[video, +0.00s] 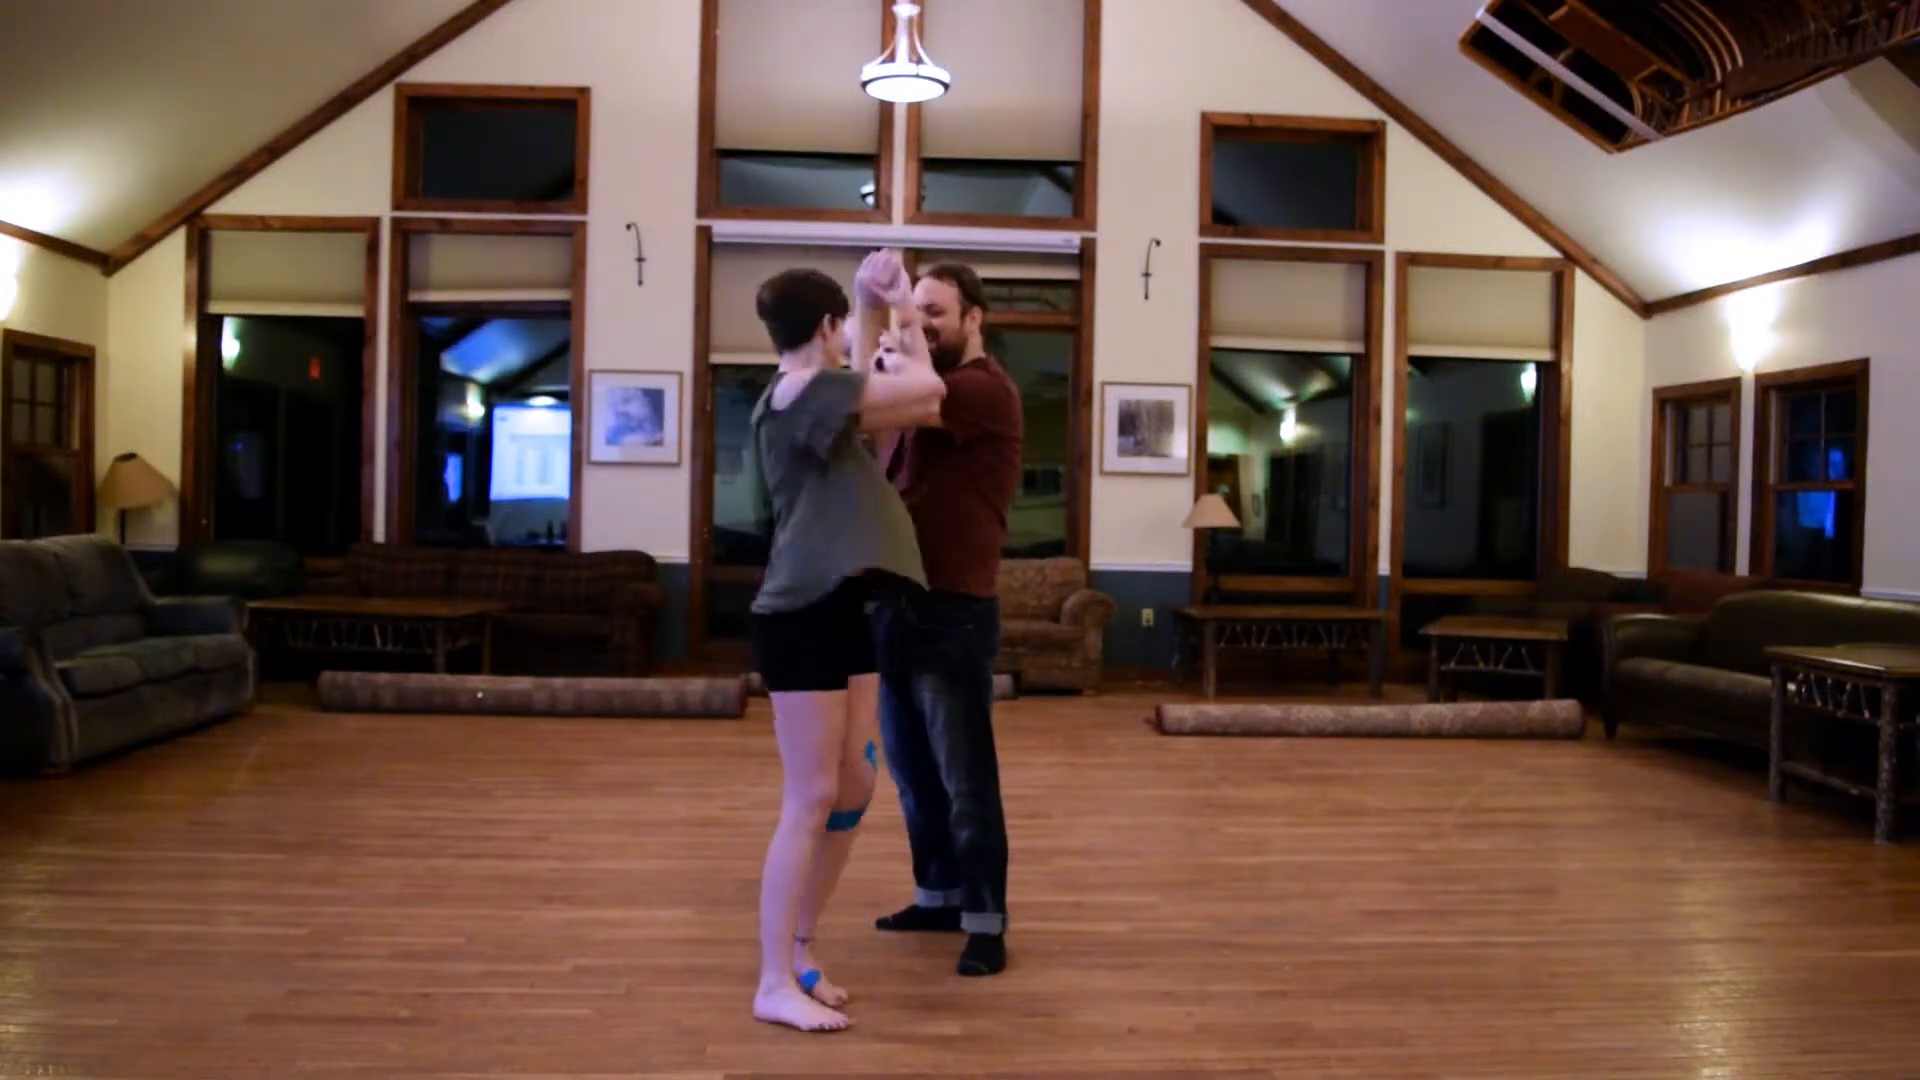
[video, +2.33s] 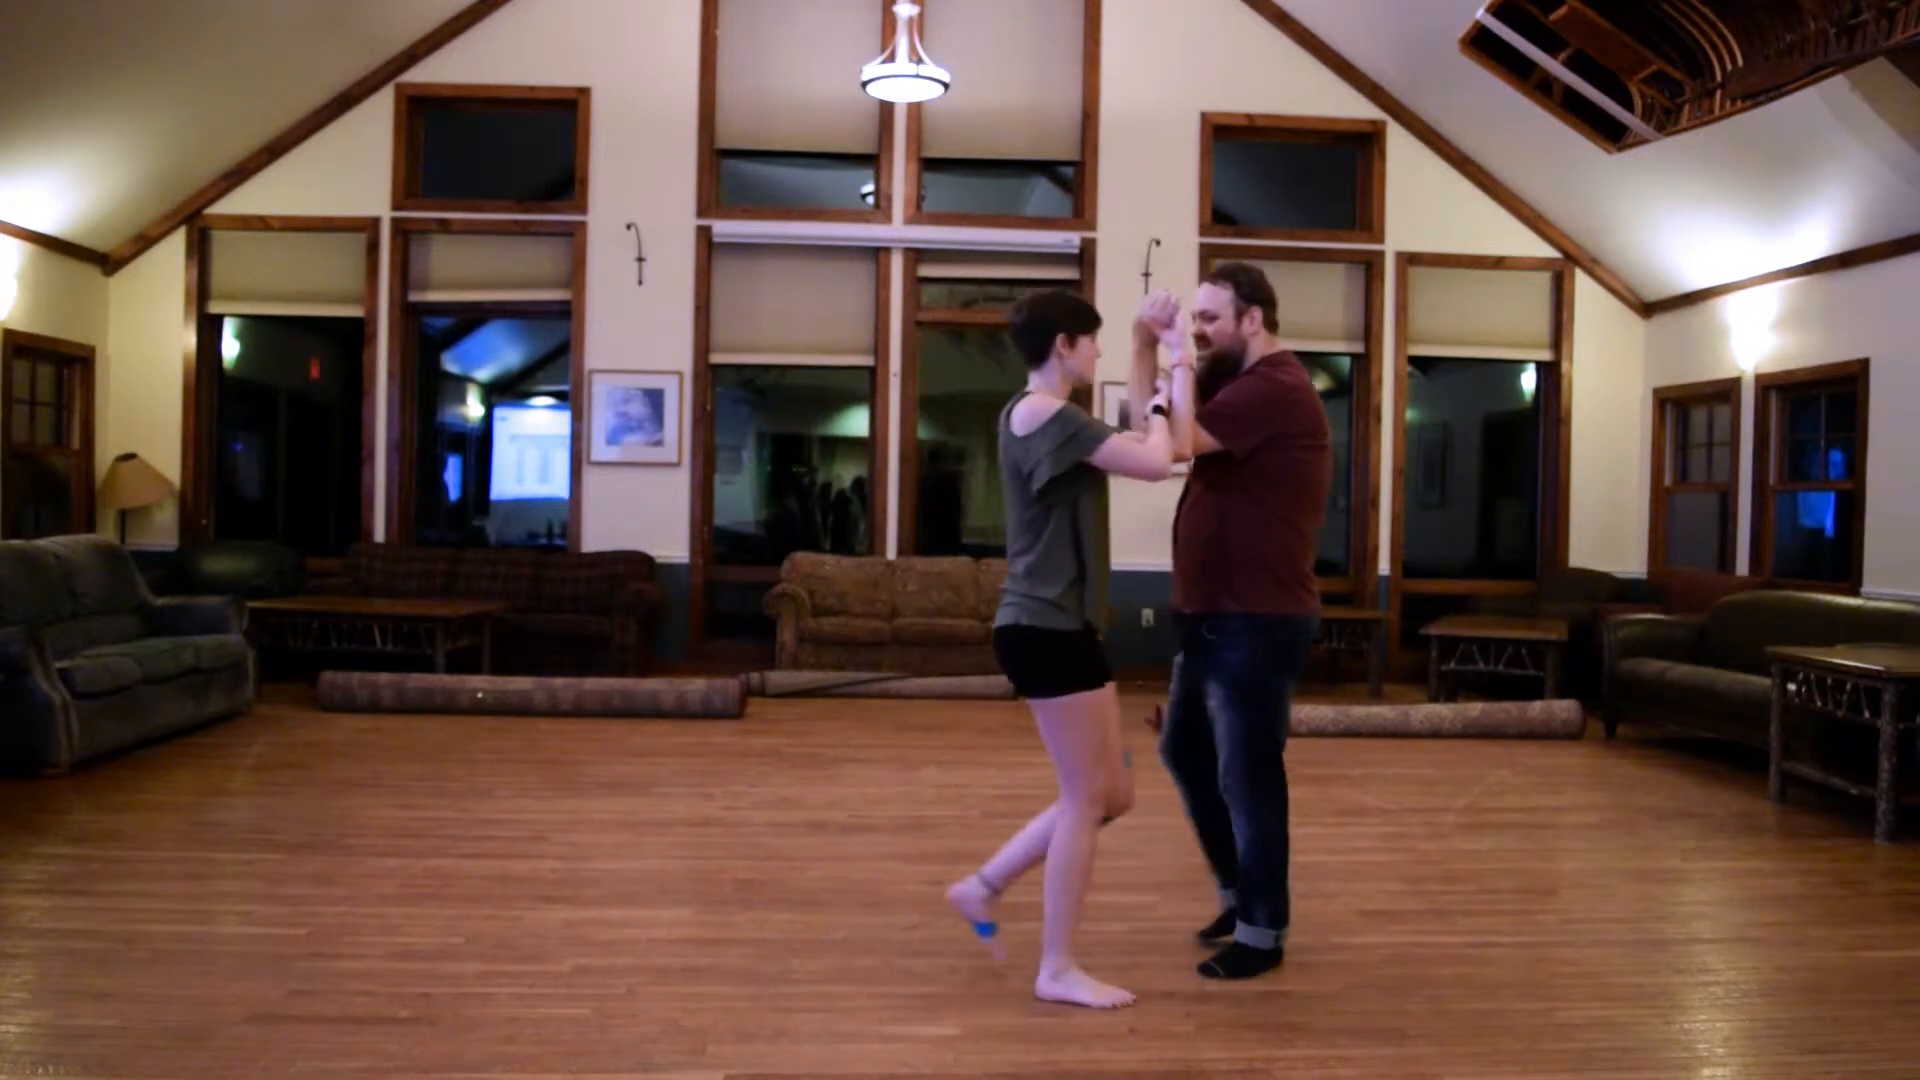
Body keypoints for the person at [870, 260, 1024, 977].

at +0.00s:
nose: (919, 323)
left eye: (935, 312)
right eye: (915, 311)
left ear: (972, 319)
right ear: (911, 317)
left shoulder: (989, 386)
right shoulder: (920, 385)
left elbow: (901, 406)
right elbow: (866, 417)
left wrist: (892, 320)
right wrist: (877, 328)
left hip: (956, 598)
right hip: (900, 592)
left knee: (963, 769)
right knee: (914, 764)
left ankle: (985, 920)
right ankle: (939, 898)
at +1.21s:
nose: (991, 327)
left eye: (1005, 314)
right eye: (990, 315)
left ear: (1049, 315)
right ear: (1007, 321)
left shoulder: (1067, 385)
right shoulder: (1023, 381)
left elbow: (973, 424)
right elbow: (932, 413)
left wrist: (972, 349)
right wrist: (940, 329)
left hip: (1044, 619)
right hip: (995, 613)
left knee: (1032, 776)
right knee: (957, 739)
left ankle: (1038, 924)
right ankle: (1005, 877)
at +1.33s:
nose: (1018, 322)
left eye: (1030, 310)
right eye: (1016, 311)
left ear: (1073, 314)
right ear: (1032, 317)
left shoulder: (1090, 384)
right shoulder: (1045, 372)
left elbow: (990, 427)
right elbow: (969, 396)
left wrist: (977, 347)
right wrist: (966, 329)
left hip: (1064, 617)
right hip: (1019, 611)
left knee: (1045, 775)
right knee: (998, 748)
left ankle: (1039, 928)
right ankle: (1099, 863)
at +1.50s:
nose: (1044, 327)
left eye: (1056, 315)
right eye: (1044, 316)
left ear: (1097, 318)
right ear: (1082, 319)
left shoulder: (1111, 389)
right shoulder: (1080, 373)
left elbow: (1001, 434)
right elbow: (983, 401)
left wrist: (1002, 353)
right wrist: (984, 335)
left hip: (1085, 618)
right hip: (1068, 613)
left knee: (1051, 775)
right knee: (1089, 765)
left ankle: (1040, 927)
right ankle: (1153, 910)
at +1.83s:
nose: (1101, 328)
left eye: (1111, 315)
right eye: (1100, 315)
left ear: (1154, 318)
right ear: (1150, 321)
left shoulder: (1167, 388)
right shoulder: (1154, 381)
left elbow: (1061, 430)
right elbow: (1059, 419)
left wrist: (1054, 344)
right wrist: (1051, 343)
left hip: (1143, 614)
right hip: (1153, 610)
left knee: (1093, 755)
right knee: (1149, 760)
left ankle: (1150, 922)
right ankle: (1161, 921)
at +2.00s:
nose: (1132, 330)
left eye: (1142, 317)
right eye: (1131, 317)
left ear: (1183, 318)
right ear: (1170, 320)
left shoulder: (1205, 387)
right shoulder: (1164, 376)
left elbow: (1105, 438)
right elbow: (1076, 418)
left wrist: (1103, 362)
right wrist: (1079, 342)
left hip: (1183, 615)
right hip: (1148, 611)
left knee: (1159, 774)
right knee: (1151, 773)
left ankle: (1247, 907)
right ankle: (1160, 926)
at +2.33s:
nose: (1197, 333)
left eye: (1209, 319)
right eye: (1194, 320)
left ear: (1251, 319)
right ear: (1231, 320)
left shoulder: (1277, 385)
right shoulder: (1229, 378)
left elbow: (1178, 440)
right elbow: (1147, 426)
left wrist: (1168, 358)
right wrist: (1149, 347)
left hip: (1259, 619)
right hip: (1211, 615)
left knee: (1248, 772)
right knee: (1186, 749)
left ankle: (1264, 929)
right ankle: (1241, 896)